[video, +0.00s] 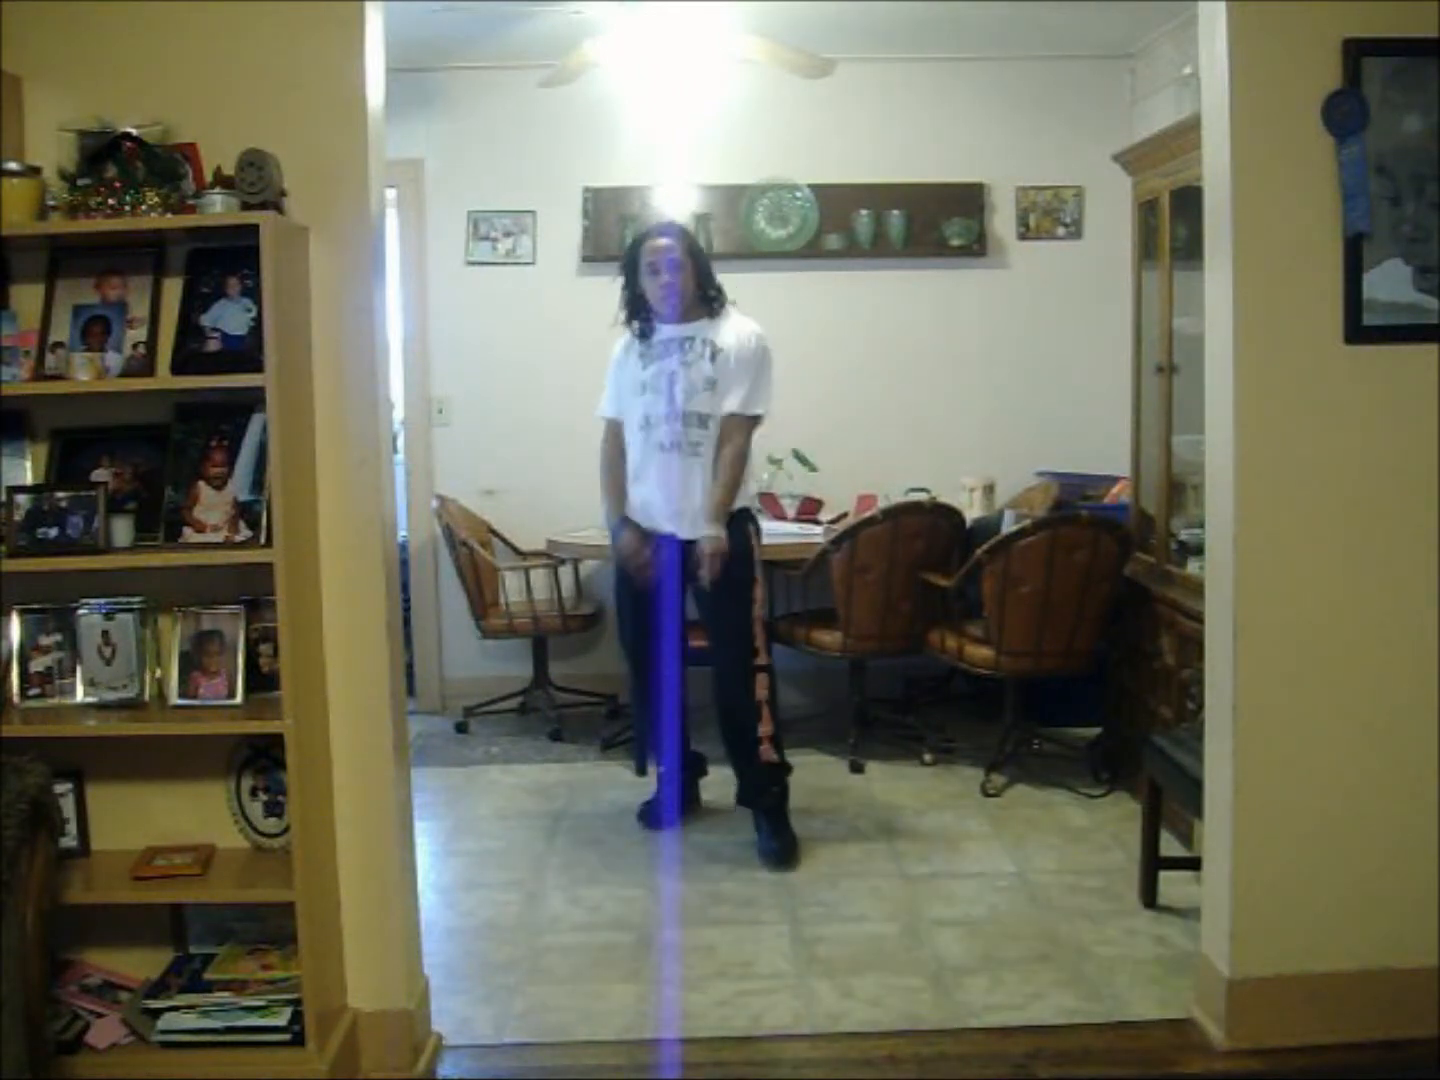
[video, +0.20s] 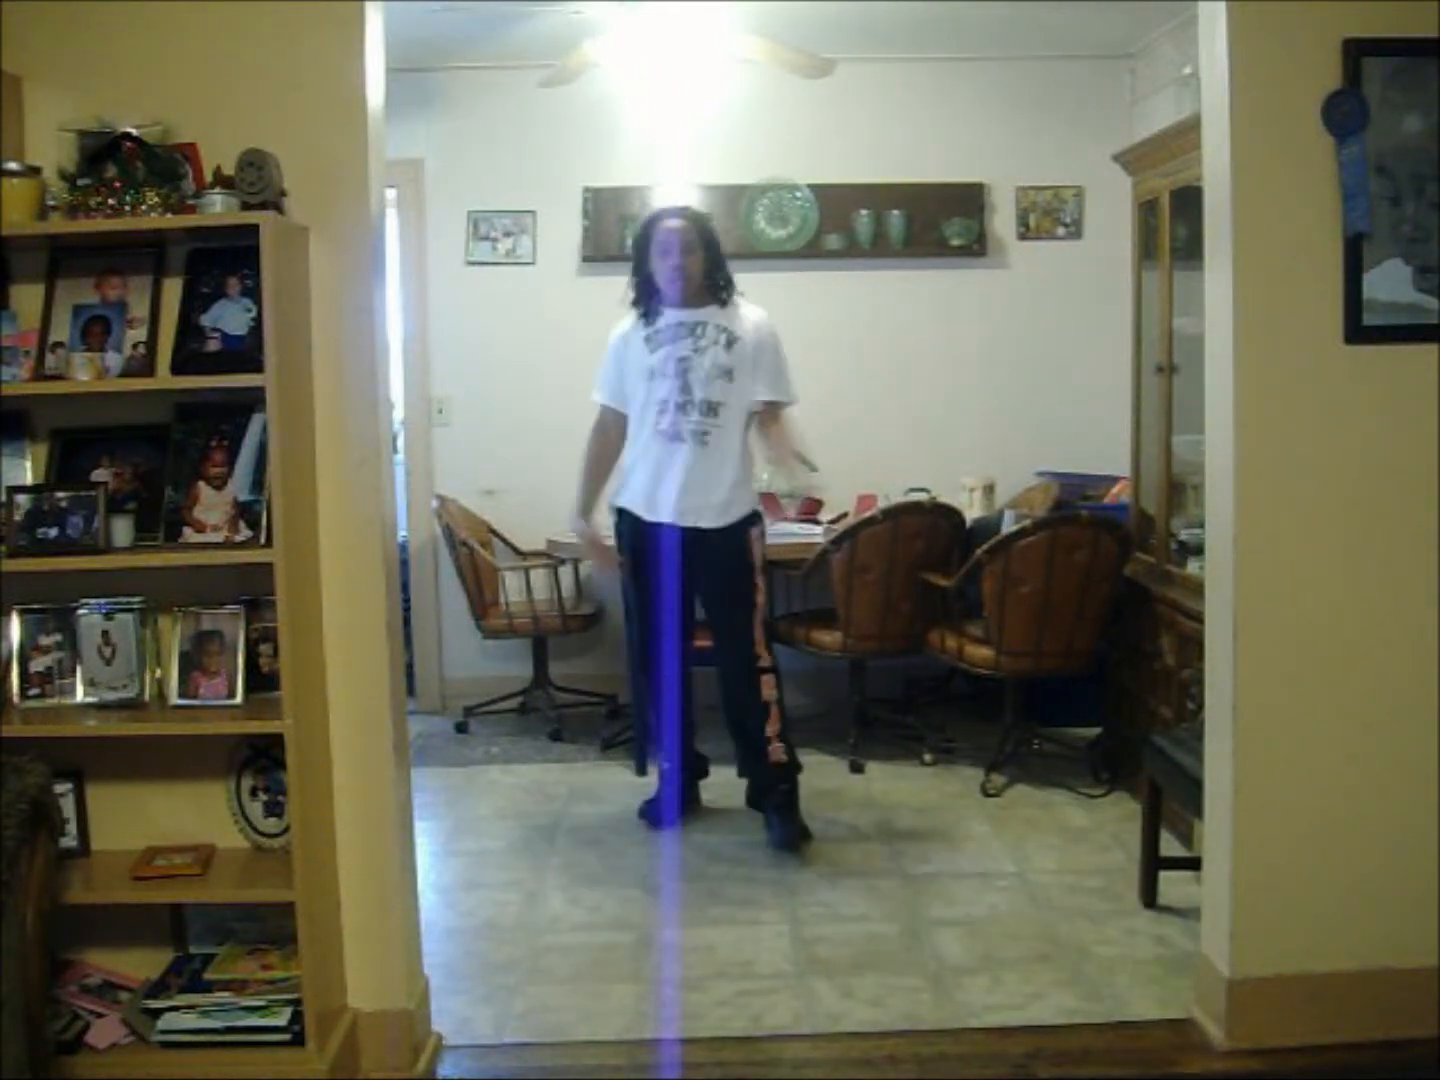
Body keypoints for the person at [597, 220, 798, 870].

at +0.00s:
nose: (664, 278)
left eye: (674, 265)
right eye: (653, 268)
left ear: (697, 271)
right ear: (637, 280)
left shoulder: (739, 338)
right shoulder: (631, 348)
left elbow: (735, 438)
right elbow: (613, 439)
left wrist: (716, 521)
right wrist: (619, 520)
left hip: (718, 527)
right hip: (644, 528)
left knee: (737, 668)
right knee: (651, 666)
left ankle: (768, 806)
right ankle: (675, 783)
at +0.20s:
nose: (677, 260)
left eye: (688, 249)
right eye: (664, 251)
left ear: (709, 257)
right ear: (646, 263)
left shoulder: (749, 328)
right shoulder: (631, 337)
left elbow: (769, 416)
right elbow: (610, 426)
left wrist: (794, 466)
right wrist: (583, 511)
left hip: (726, 514)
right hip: (647, 514)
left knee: (745, 656)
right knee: (658, 656)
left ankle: (777, 796)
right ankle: (675, 781)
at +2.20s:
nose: (700, 245)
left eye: (712, 235)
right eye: (686, 237)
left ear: (733, 252)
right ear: (663, 257)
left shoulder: (765, 331)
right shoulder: (633, 329)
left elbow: (777, 428)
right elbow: (604, 421)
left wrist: (791, 506)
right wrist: (603, 498)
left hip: (736, 525)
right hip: (653, 522)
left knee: (748, 672)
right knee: (655, 669)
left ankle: (777, 820)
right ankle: (667, 795)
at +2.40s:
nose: (713, 237)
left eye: (729, 229)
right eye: (703, 227)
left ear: (752, 251)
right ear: (686, 246)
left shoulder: (784, 329)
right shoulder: (653, 320)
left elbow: (817, 412)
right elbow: (634, 399)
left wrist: (870, 441)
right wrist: (572, 437)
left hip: (746, 514)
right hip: (663, 511)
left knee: (763, 668)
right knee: (661, 661)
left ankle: (777, 823)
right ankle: (668, 797)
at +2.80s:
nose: (701, 272)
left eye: (715, 264)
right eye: (704, 259)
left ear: (757, 276)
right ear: (715, 259)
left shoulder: (800, 352)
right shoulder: (688, 310)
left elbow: (829, 460)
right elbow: (667, 394)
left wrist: (848, 549)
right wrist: (654, 476)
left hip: (757, 527)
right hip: (677, 515)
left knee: (766, 675)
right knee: (667, 665)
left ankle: (776, 824)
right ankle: (670, 793)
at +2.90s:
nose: (702, 276)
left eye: (717, 267)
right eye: (703, 262)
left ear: (758, 274)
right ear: (707, 259)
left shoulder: (796, 349)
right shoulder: (689, 316)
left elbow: (811, 455)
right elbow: (685, 410)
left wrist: (796, 532)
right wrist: (669, 494)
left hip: (759, 524)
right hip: (681, 515)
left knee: (767, 674)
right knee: (668, 663)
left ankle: (776, 825)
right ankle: (671, 794)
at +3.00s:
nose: (692, 268)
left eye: (703, 258)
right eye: (693, 256)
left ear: (744, 266)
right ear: (718, 263)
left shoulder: (792, 350)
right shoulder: (694, 318)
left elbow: (774, 461)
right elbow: (691, 420)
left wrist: (716, 537)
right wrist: (665, 504)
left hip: (759, 532)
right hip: (682, 520)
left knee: (770, 679)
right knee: (663, 665)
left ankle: (776, 824)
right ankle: (671, 793)